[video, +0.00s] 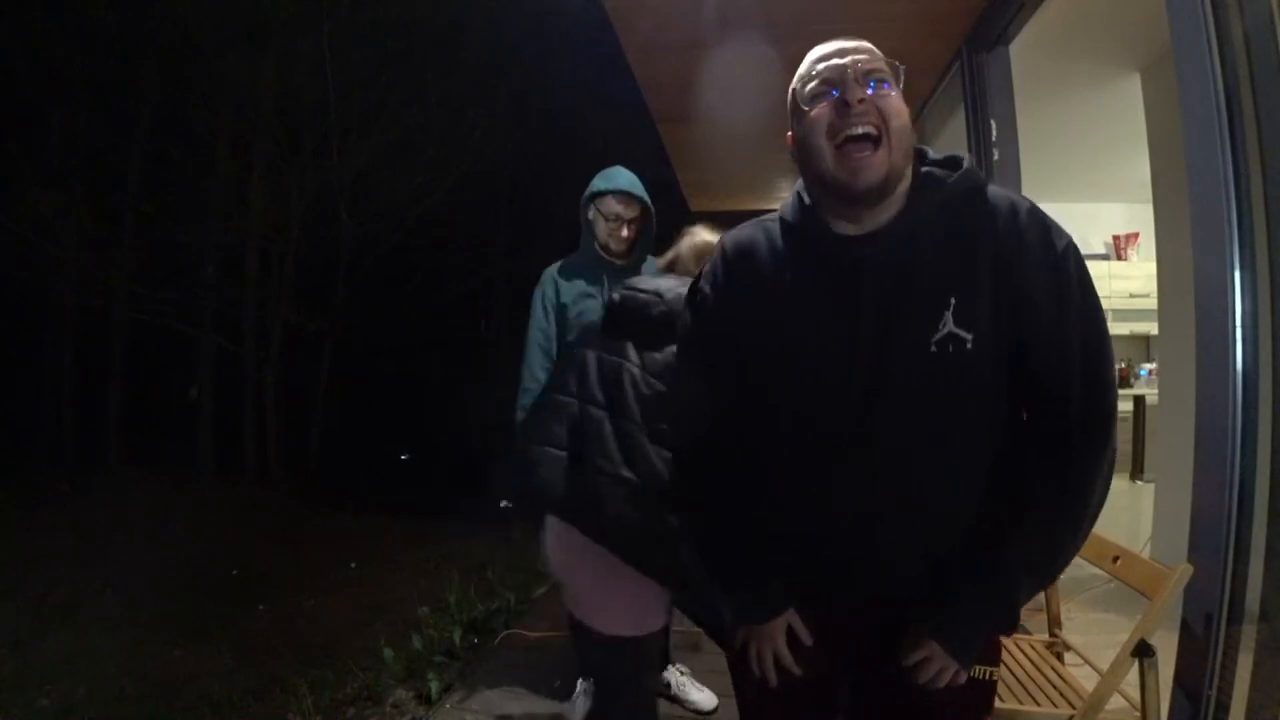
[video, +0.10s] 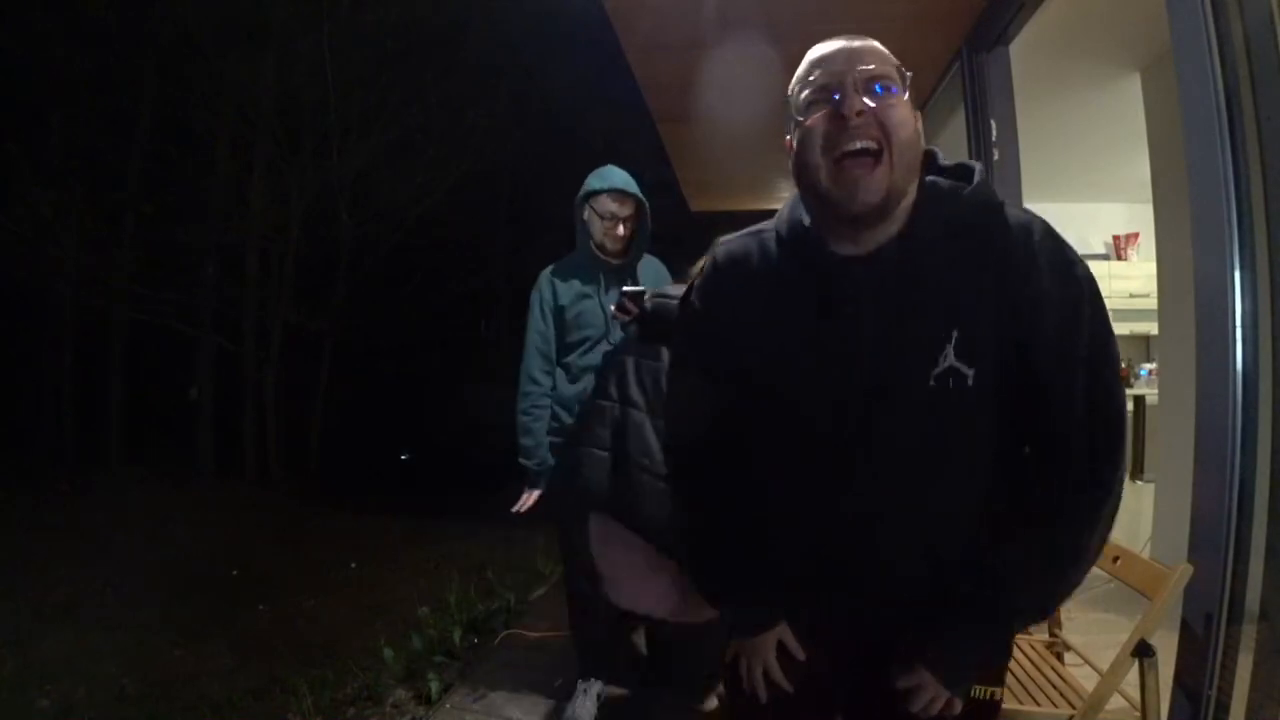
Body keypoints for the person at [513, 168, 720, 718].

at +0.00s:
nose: (622, 230)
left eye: (632, 221)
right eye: (611, 218)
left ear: (645, 229)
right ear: (589, 217)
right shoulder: (559, 282)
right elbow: (536, 378)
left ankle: (664, 665)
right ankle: (587, 678)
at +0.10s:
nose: (619, 229)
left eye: (628, 219)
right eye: (608, 218)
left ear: (640, 221)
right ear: (585, 218)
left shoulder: (657, 276)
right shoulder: (557, 282)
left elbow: (676, 361)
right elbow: (536, 377)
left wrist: (677, 443)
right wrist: (535, 465)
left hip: (646, 444)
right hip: (578, 447)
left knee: (649, 553)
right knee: (584, 565)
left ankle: (663, 675)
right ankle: (590, 675)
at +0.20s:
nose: (619, 229)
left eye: (628, 218)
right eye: (607, 217)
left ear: (638, 221)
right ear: (583, 218)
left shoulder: (653, 276)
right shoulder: (554, 284)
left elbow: (673, 364)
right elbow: (537, 382)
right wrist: (542, 466)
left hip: (640, 451)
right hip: (576, 453)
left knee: (655, 560)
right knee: (583, 570)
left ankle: (667, 674)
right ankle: (591, 674)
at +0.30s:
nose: (619, 227)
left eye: (626, 216)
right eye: (606, 216)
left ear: (636, 220)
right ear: (582, 219)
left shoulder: (651, 274)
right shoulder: (552, 285)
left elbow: (678, 357)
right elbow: (536, 384)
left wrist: (643, 327)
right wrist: (544, 468)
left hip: (643, 452)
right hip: (578, 458)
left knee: (656, 561)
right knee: (584, 573)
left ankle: (663, 665)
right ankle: (590, 674)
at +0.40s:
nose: (619, 227)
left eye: (626, 216)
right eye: (606, 217)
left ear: (634, 219)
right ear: (580, 219)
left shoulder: (649, 273)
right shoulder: (551, 286)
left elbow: (679, 358)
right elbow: (536, 385)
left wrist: (645, 331)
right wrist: (547, 470)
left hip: (645, 450)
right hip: (579, 455)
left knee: (656, 558)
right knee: (585, 572)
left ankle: (661, 659)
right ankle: (589, 675)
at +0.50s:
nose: (613, 222)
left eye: (619, 211)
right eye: (601, 212)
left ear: (630, 219)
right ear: (577, 220)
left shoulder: (648, 283)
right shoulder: (550, 291)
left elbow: (681, 367)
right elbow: (536, 391)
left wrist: (649, 327)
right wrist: (549, 476)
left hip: (643, 453)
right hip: (580, 458)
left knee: (657, 563)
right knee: (586, 573)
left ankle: (670, 666)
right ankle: (591, 674)